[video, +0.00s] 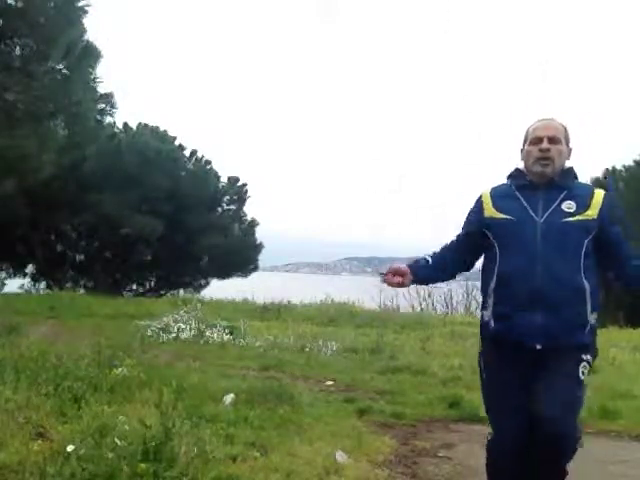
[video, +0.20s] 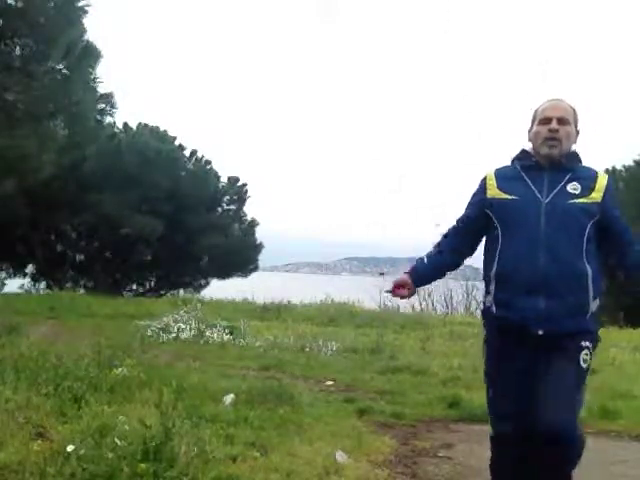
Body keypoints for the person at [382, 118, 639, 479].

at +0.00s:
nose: (544, 147)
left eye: (553, 142)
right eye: (536, 142)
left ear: (568, 153)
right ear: (523, 152)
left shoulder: (596, 203)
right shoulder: (492, 202)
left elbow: (626, 266)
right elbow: (458, 255)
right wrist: (412, 272)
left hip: (566, 345)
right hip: (503, 344)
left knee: (556, 435)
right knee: (508, 440)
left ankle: (547, 473)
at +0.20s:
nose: (553, 128)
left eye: (562, 122)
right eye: (545, 122)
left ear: (576, 135)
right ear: (531, 132)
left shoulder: (597, 187)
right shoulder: (496, 183)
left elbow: (627, 256)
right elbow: (458, 242)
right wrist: (416, 276)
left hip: (570, 330)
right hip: (506, 327)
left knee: (556, 427)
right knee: (508, 431)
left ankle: (555, 473)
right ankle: (508, 477)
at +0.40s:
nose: (559, 155)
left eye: (568, 150)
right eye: (550, 149)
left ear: (581, 162)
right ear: (535, 159)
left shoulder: (607, 213)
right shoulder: (501, 209)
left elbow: (634, 271)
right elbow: (466, 260)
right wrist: (426, 278)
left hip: (573, 353)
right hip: (507, 350)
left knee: (561, 451)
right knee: (500, 430)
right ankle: (518, 475)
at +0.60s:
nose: (553, 125)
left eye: (563, 119)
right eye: (545, 118)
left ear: (576, 130)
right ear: (530, 128)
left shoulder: (601, 180)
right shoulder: (499, 180)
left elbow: (631, 241)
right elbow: (465, 239)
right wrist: (420, 276)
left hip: (573, 328)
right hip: (509, 325)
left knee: (562, 437)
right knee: (514, 427)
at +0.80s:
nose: (545, 157)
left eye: (554, 149)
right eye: (536, 149)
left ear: (568, 160)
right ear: (523, 159)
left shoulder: (596, 213)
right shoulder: (490, 213)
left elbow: (624, 273)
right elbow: (460, 267)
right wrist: (420, 286)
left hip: (573, 358)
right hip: (507, 360)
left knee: (571, 440)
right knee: (514, 460)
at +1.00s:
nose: (553, 129)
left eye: (563, 122)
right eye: (544, 122)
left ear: (577, 133)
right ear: (530, 132)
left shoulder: (602, 186)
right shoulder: (496, 182)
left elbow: (632, 242)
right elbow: (456, 233)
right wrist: (407, 265)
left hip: (574, 333)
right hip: (508, 331)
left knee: (560, 438)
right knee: (513, 439)